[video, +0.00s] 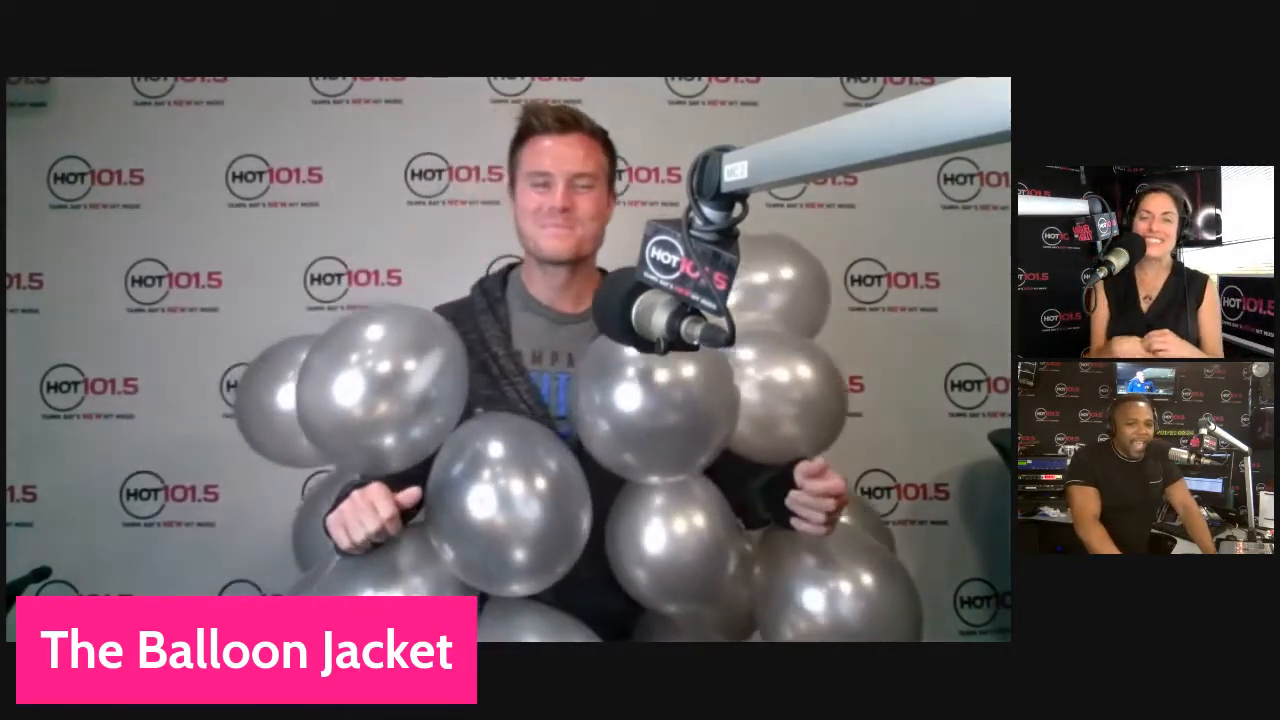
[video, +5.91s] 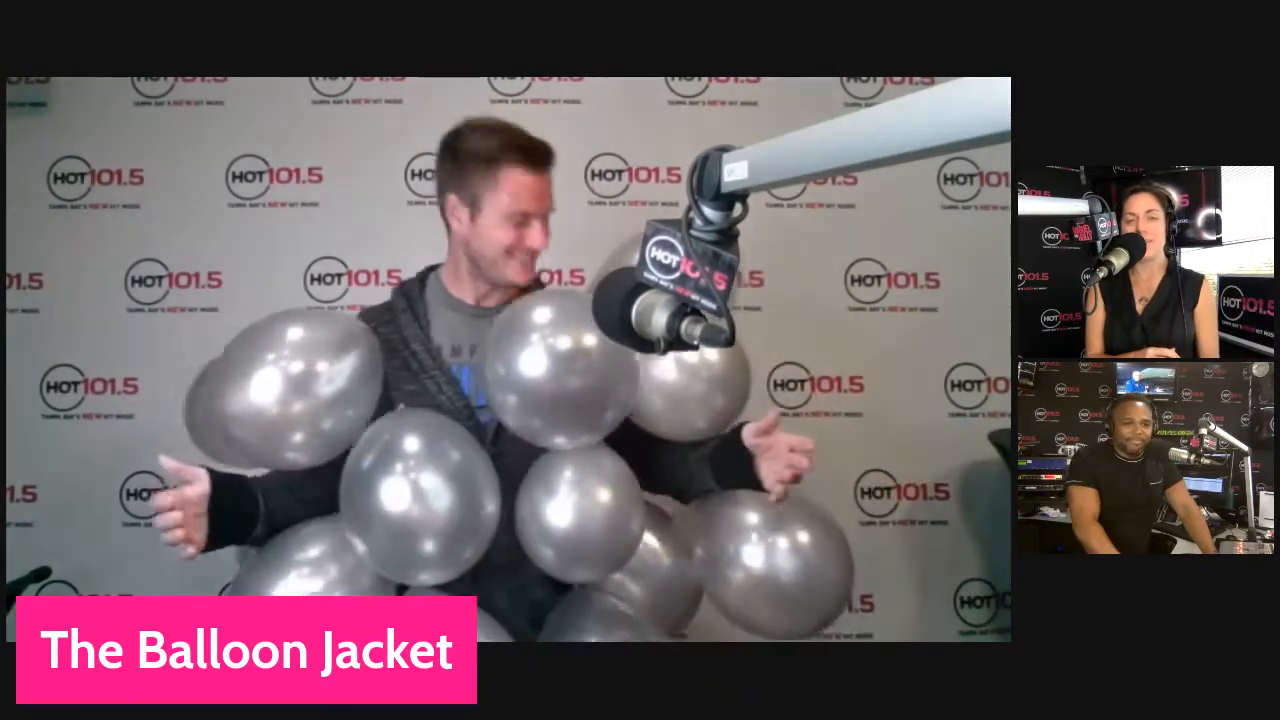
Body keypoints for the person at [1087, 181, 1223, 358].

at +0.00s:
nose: (1154, 227)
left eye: (1167, 219)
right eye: (1144, 217)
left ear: (1180, 228)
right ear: (1131, 223)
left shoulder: (1201, 287)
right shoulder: (1106, 285)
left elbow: (1216, 363)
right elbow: (1094, 355)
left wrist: (1183, 348)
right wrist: (1116, 346)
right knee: (1122, 346)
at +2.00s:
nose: (1150, 231)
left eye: (1163, 223)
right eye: (1141, 220)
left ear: (1177, 230)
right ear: (1127, 224)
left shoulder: (1198, 287)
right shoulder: (1104, 285)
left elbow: (1211, 361)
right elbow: (1093, 359)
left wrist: (1179, 347)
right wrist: (1099, 342)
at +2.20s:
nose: (1150, 231)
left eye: (1163, 222)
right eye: (1141, 220)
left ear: (1177, 230)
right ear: (1128, 224)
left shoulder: (1198, 287)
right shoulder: (1104, 286)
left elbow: (1211, 360)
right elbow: (1093, 356)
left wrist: (1171, 345)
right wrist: (1110, 347)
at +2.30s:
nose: (1150, 231)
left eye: (1163, 222)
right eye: (1141, 220)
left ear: (1177, 230)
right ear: (1127, 224)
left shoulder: (1198, 286)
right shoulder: (1104, 286)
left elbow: (1211, 361)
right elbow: (1094, 355)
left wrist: (1162, 344)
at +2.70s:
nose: (1148, 228)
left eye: (1162, 220)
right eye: (1140, 218)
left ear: (1176, 230)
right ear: (1128, 223)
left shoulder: (1198, 285)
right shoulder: (1104, 285)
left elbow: (1210, 360)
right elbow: (1094, 355)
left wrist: (1163, 345)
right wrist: (1113, 349)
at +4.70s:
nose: (1140, 228)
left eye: (1152, 218)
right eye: (1130, 220)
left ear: (1168, 225)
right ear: (1120, 228)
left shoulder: (1197, 287)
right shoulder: (1101, 289)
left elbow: (1210, 364)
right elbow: (1094, 359)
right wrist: (1136, 356)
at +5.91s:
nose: (1140, 228)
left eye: (1152, 217)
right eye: (1130, 219)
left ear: (1167, 224)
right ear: (1120, 227)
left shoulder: (1196, 287)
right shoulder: (1100, 289)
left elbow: (1210, 367)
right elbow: (1093, 360)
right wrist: (1139, 356)